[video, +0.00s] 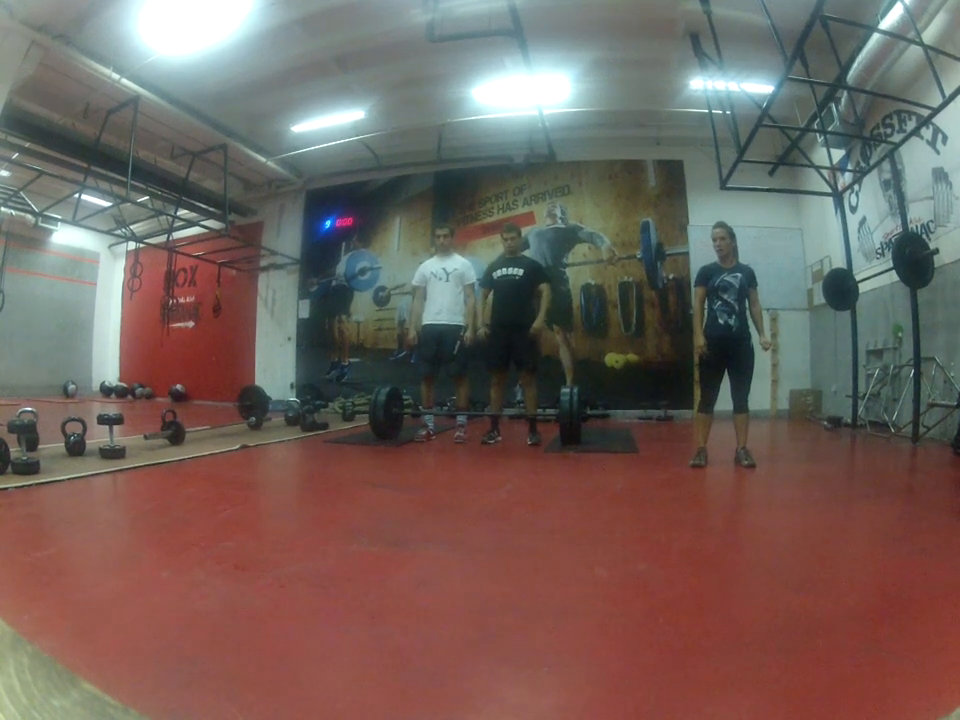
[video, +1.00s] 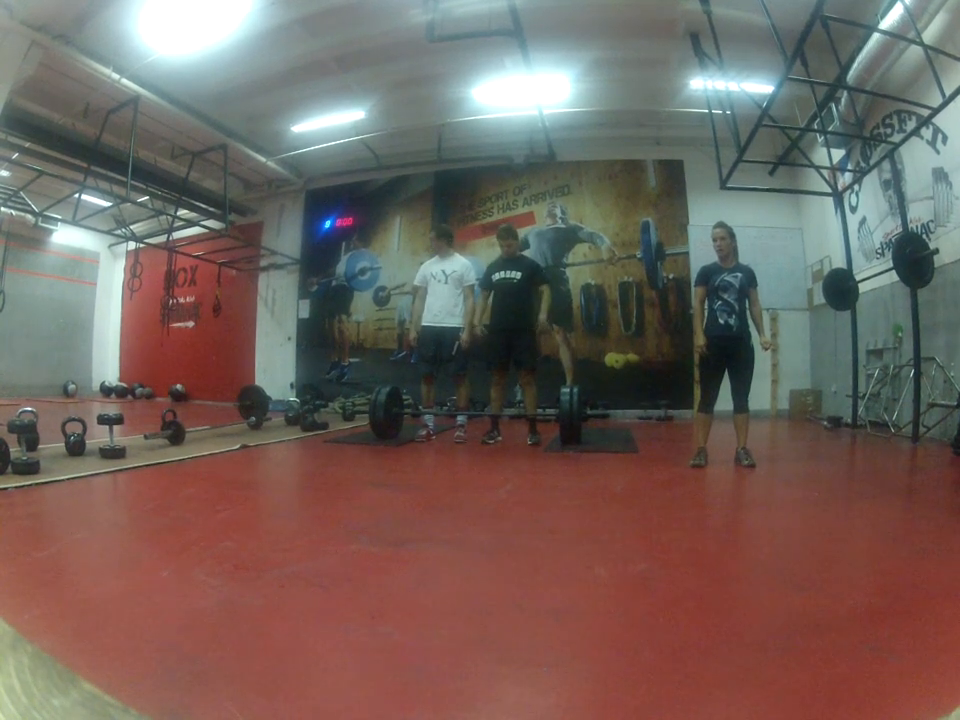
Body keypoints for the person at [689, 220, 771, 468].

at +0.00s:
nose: (718, 244)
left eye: (722, 239)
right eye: (715, 240)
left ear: (733, 242)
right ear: (712, 244)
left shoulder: (746, 272)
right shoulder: (706, 272)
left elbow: (754, 305)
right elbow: (698, 306)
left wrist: (761, 334)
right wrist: (698, 337)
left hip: (740, 344)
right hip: (712, 343)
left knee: (740, 400)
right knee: (707, 399)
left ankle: (742, 449)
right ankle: (700, 450)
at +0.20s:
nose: (718, 244)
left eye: (722, 239)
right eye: (715, 240)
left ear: (733, 242)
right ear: (712, 244)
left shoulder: (746, 272)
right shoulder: (706, 272)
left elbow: (754, 305)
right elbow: (698, 306)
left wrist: (761, 333)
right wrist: (698, 335)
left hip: (740, 343)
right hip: (712, 343)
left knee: (740, 400)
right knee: (706, 399)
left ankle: (742, 449)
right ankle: (700, 450)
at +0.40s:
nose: (718, 244)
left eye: (722, 239)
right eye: (715, 240)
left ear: (733, 241)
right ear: (712, 244)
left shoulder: (746, 272)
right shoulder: (706, 272)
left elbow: (754, 305)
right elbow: (698, 306)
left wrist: (762, 333)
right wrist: (698, 335)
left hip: (740, 343)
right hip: (712, 343)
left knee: (741, 400)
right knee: (707, 399)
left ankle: (742, 449)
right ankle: (700, 450)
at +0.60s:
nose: (718, 244)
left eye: (722, 239)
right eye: (715, 240)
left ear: (733, 241)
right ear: (712, 244)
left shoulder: (746, 272)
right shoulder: (706, 272)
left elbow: (755, 305)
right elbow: (698, 305)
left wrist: (762, 333)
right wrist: (698, 335)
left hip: (740, 343)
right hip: (712, 342)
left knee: (741, 400)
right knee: (707, 400)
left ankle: (742, 449)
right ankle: (700, 450)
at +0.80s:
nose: (718, 244)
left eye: (722, 239)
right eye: (715, 240)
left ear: (733, 242)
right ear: (712, 244)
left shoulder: (746, 272)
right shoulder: (706, 272)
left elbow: (755, 305)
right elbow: (698, 306)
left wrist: (762, 333)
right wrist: (698, 335)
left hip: (740, 343)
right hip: (712, 343)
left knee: (741, 400)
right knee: (707, 400)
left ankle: (742, 449)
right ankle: (700, 450)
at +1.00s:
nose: (718, 244)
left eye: (722, 239)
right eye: (715, 240)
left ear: (733, 242)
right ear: (712, 244)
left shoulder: (746, 272)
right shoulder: (706, 272)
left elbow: (754, 305)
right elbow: (698, 305)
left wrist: (762, 334)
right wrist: (698, 335)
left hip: (740, 343)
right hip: (712, 343)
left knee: (741, 400)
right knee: (707, 400)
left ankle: (742, 449)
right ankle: (700, 450)